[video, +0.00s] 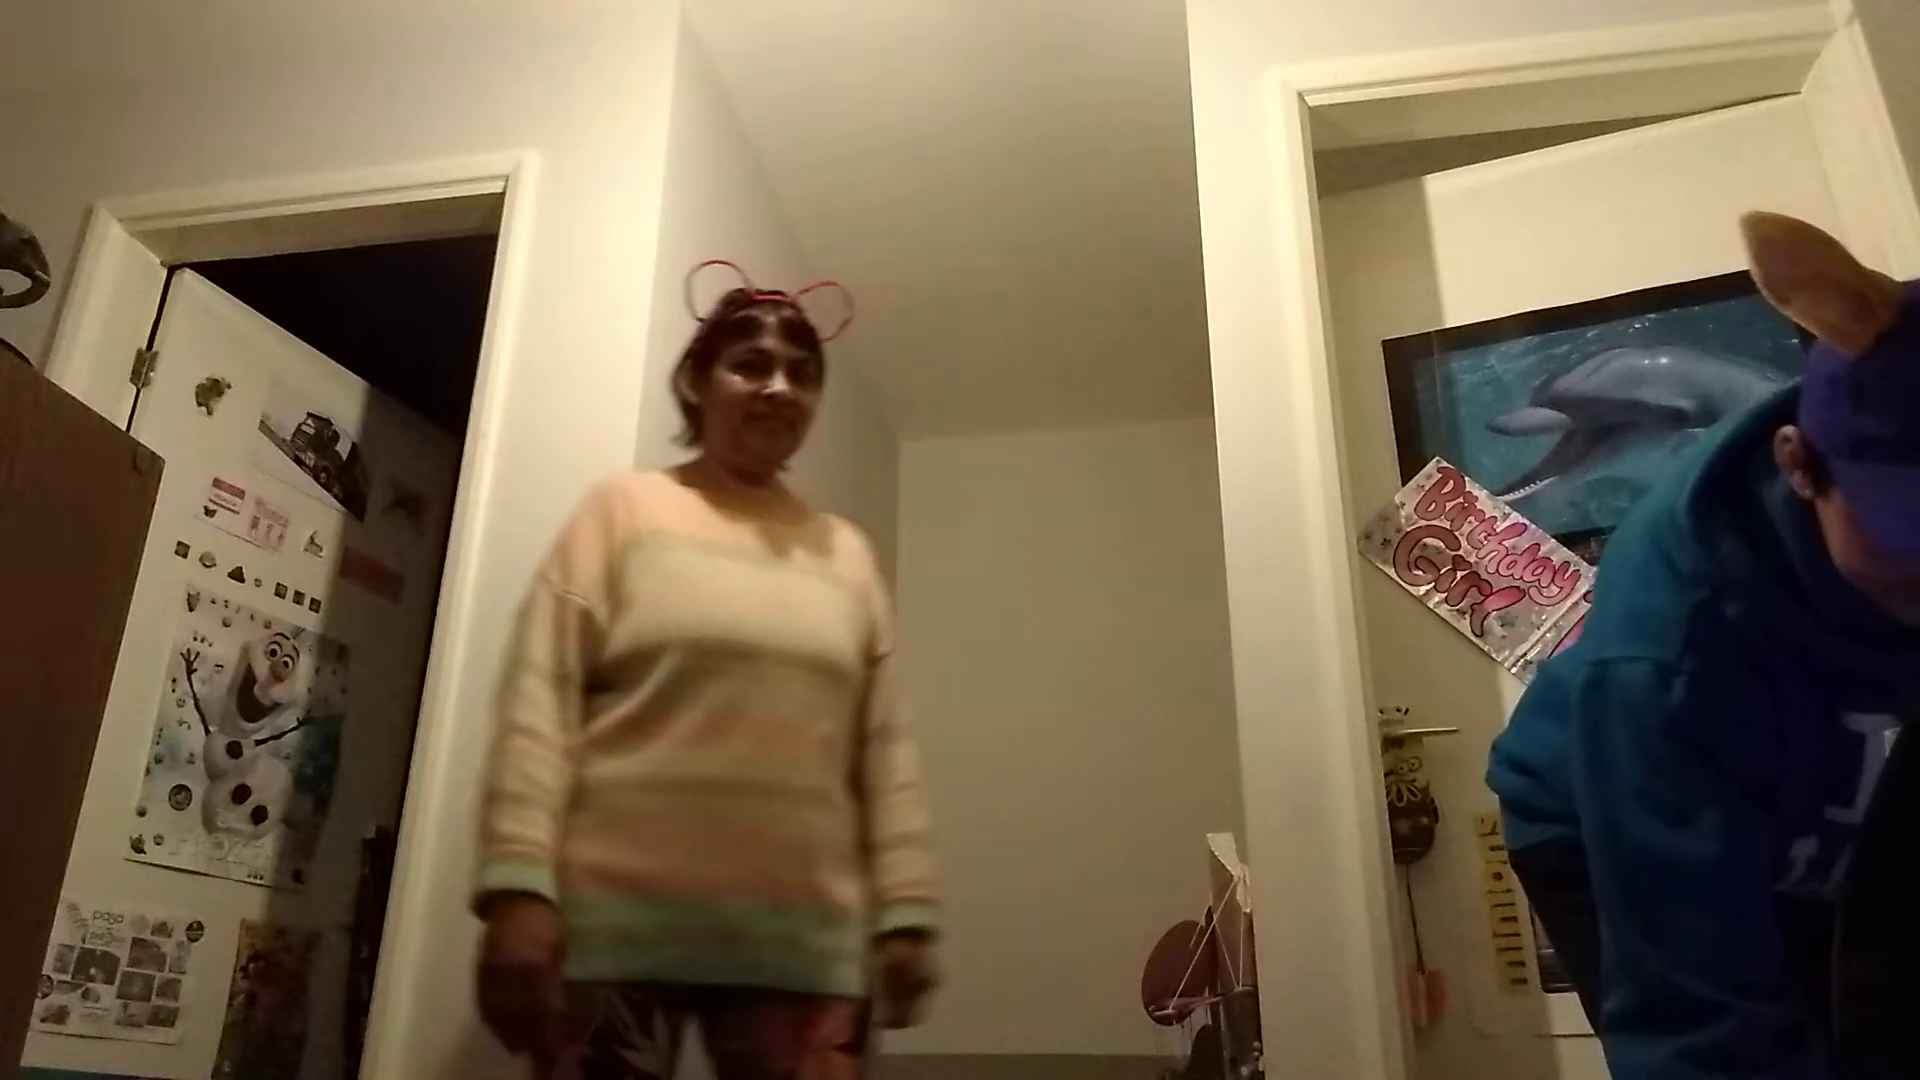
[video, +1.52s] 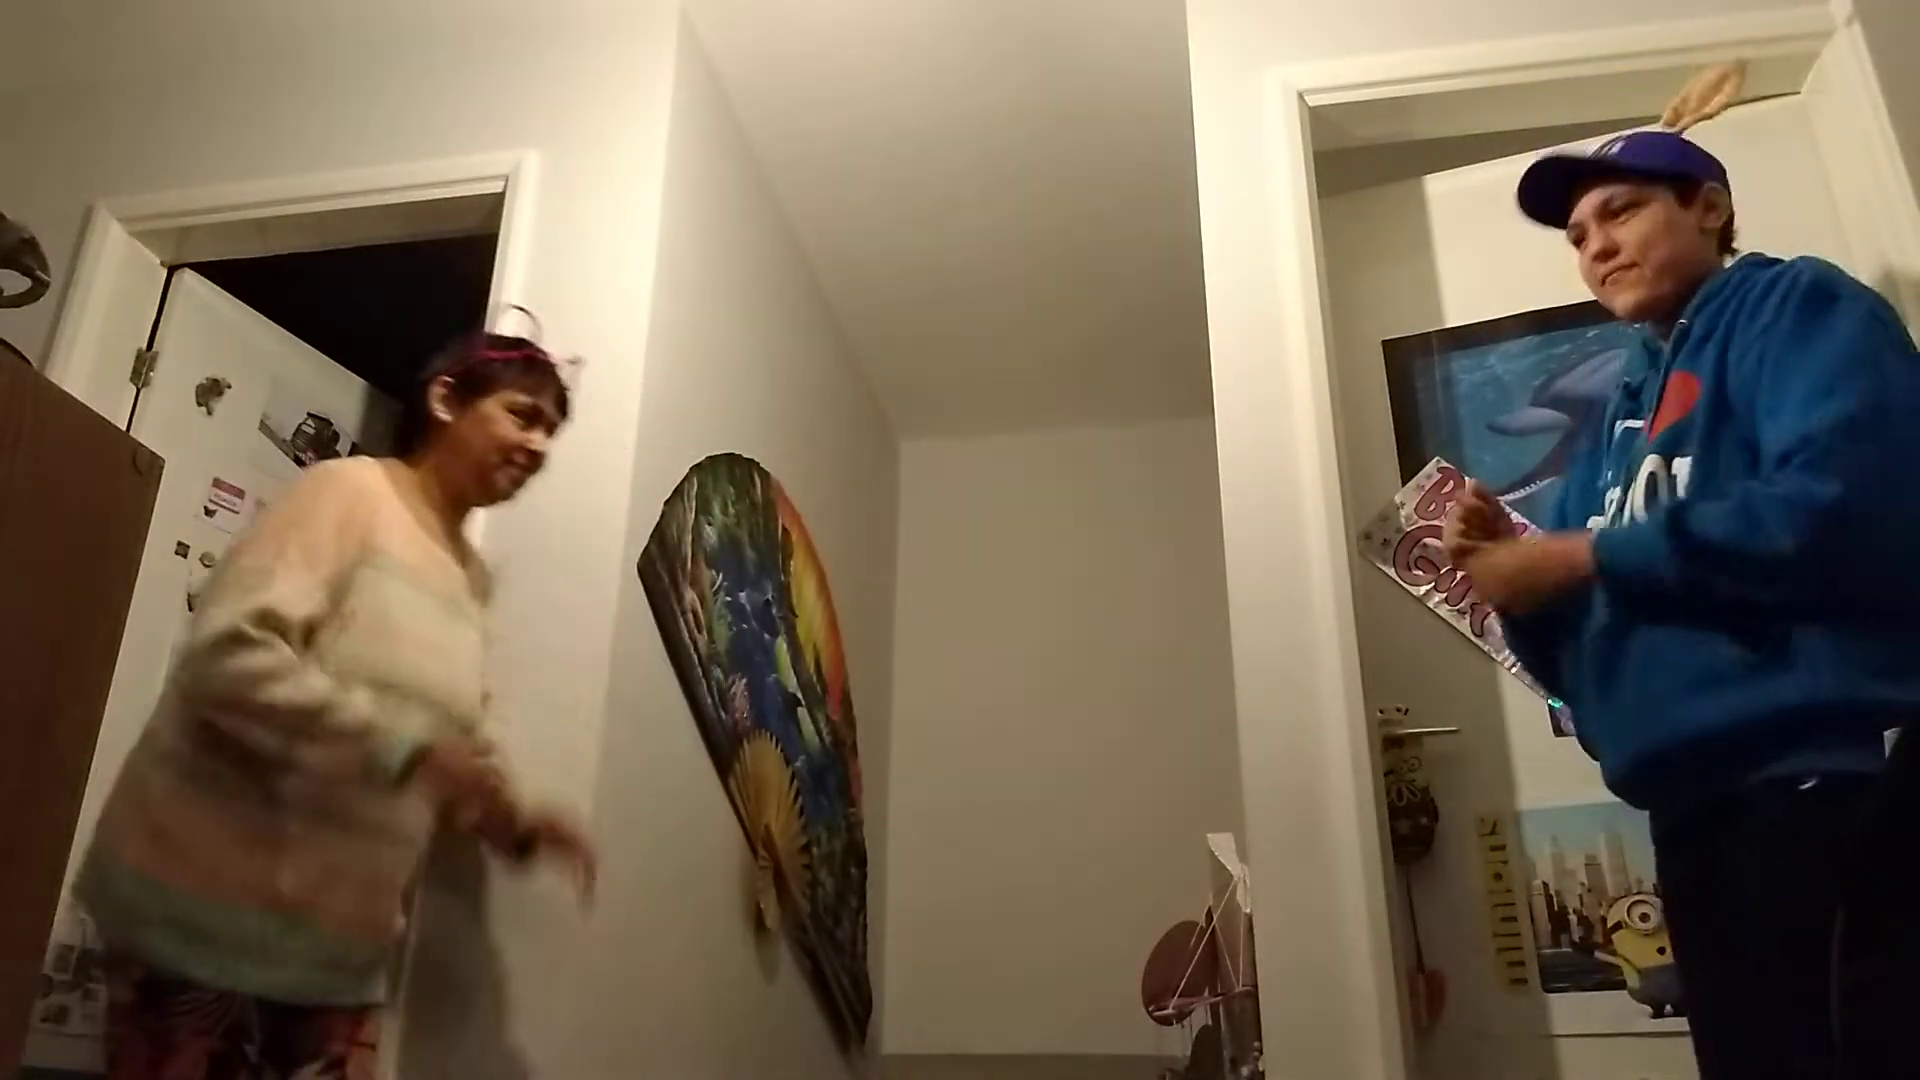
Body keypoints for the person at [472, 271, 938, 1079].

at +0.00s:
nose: (778, 389)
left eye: (800, 373)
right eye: (750, 366)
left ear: (817, 399)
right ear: (696, 383)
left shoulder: (846, 553)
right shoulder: (621, 512)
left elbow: (885, 747)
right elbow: (537, 704)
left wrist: (906, 918)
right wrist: (518, 891)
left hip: (800, 947)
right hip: (612, 937)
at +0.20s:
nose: (746, 391)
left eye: (766, 380)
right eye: (721, 366)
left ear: (776, 410)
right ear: (656, 372)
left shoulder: (774, 557)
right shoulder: (578, 494)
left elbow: (793, 754)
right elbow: (477, 684)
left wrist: (797, 929)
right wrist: (461, 889)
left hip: (722, 960)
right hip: (551, 951)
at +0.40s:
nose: (737, 402)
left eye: (750, 391)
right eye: (715, 371)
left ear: (755, 411)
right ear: (638, 365)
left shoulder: (700, 541)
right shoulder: (562, 481)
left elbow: (695, 762)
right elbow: (473, 685)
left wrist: (708, 934)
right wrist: (469, 898)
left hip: (652, 962)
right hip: (522, 949)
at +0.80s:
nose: (695, 459)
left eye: (705, 446)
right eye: (679, 427)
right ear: (603, 412)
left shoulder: (608, 570)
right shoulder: (516, 510)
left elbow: (600, 777)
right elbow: (417, 709)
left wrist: (618, 935)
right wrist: (401, 917)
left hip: (517, 959)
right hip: (429, 941)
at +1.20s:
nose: (618, 466)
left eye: (628, 455)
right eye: (603, 437)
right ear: (528, 421)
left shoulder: (553, 599)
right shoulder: (433, 510)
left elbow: (531, 784)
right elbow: (331, 691)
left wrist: (543, 938)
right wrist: (356, 892)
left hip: (410, 950)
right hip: (299, 918)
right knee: (283, 1070)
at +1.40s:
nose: (570, 460)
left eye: (582, 448)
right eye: (557, 430)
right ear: (482, 412)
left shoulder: (502, 590)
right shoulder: (382, 502)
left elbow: (489, 776)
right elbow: (264, 675)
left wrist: (541, 902)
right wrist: (383, 850)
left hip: (357, 964)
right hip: (231, 937)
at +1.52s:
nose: (540, 445)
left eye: (550, 431)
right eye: (523, 416)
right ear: (446, 400)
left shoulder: (468, 573)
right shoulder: (346, 490)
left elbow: (449, 735)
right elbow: (225, 656)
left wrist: (506, 819)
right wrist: (410, 754)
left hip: (334, 953)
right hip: (200, 924)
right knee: (168, 1068)